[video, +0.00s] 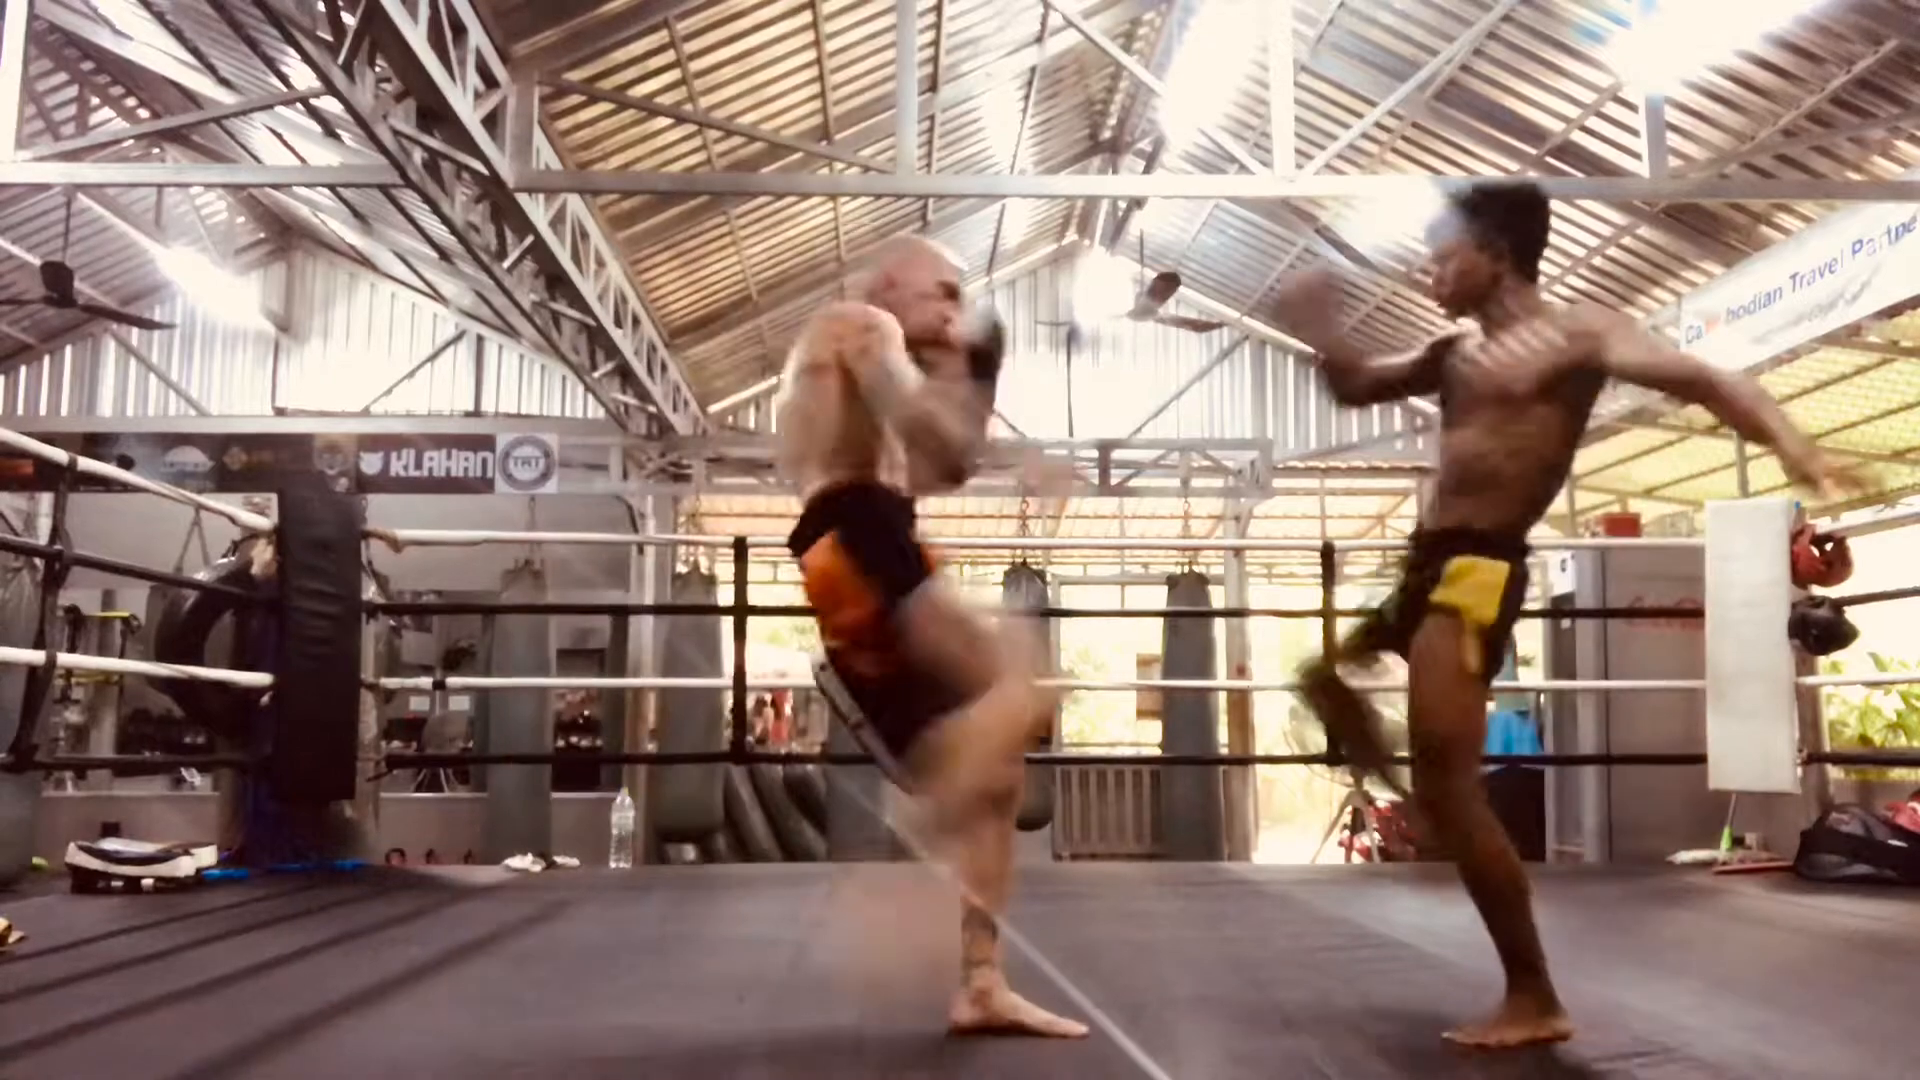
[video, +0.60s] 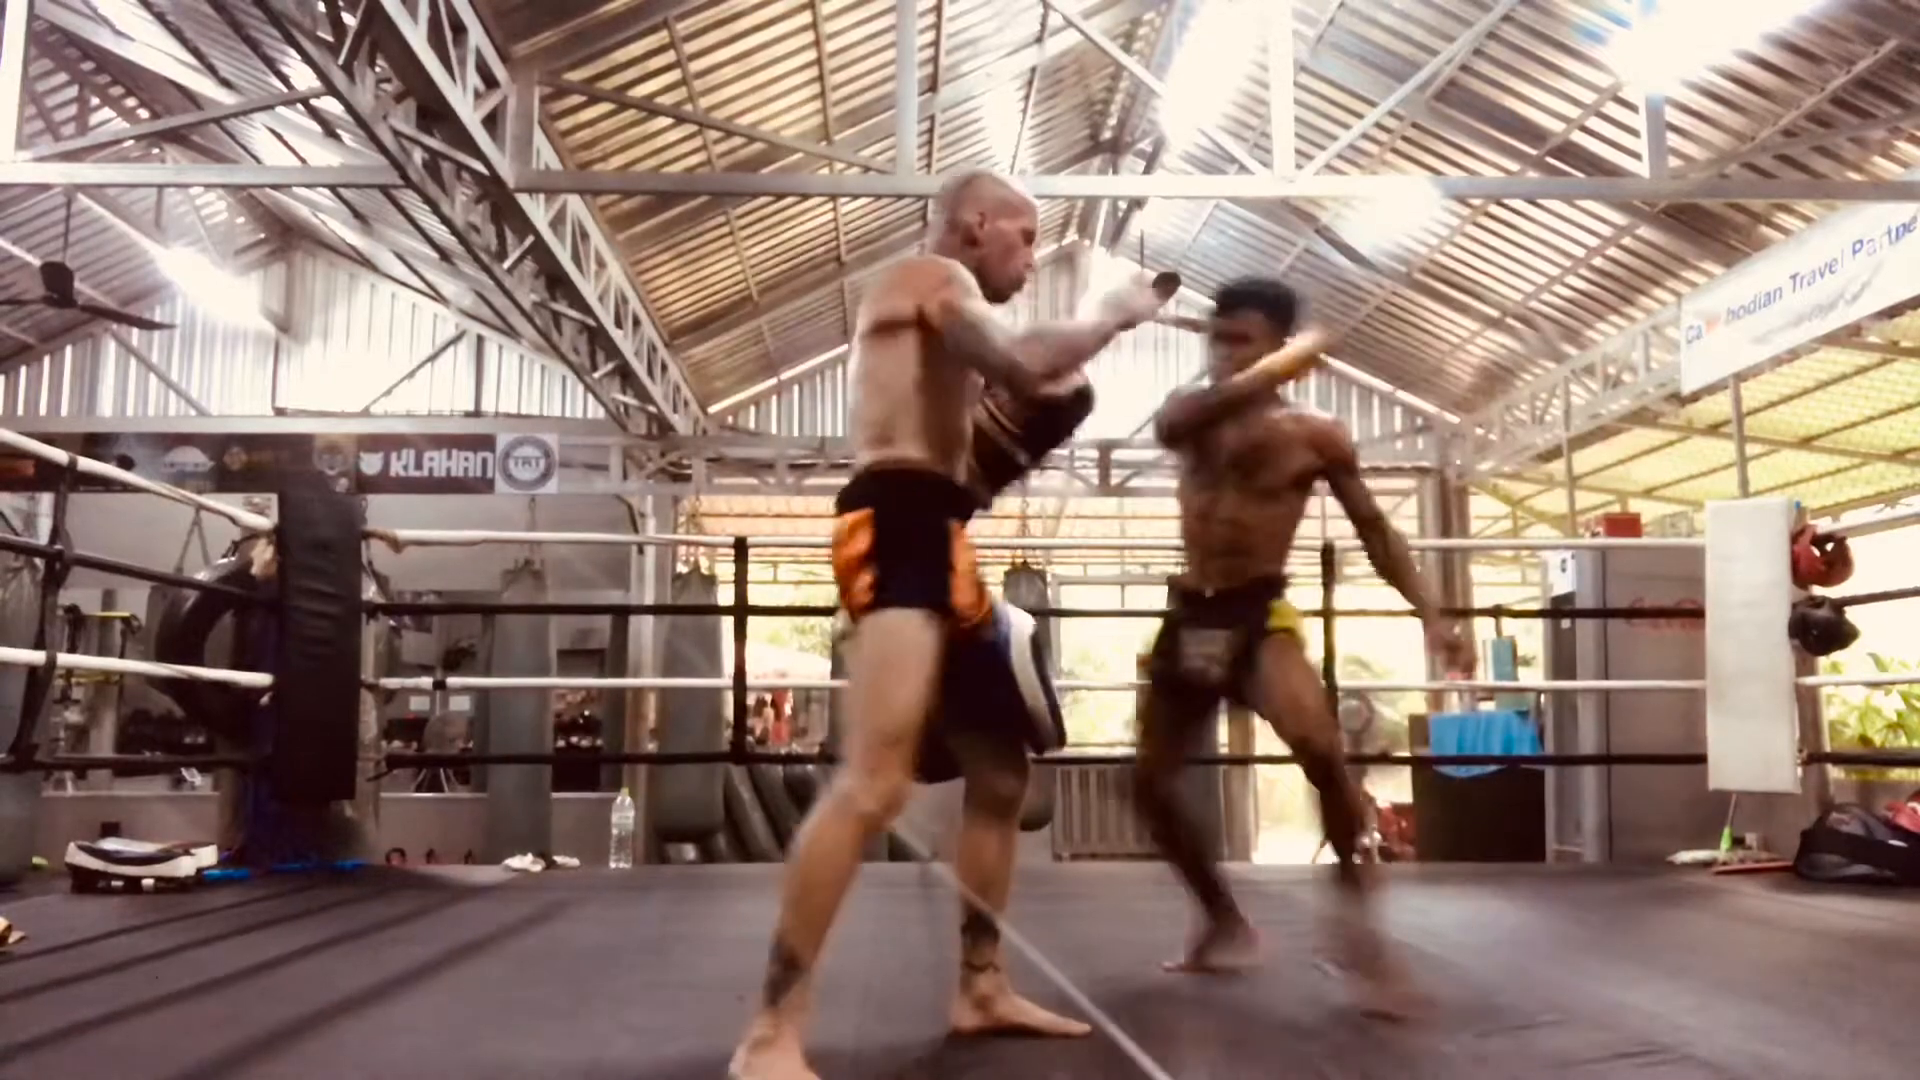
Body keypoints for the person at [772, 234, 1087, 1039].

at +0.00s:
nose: (955, 312)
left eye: (957, 298)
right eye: (943, 293)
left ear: (893, 300)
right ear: (890, 290)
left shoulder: (832, 341)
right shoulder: (863, 323)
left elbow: (951, 464)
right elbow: (923, 425)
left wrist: (954, 365)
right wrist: (960, 371)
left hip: (834, 557)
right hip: (863, 538)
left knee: (991, 769)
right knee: (1020, 668)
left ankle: (983, 982)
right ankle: (942, 798)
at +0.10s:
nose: (991, 315)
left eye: (996, 305)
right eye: (980, 296)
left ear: (982, 316)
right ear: (929, 284)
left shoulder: (945, 382)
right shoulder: (871, 320)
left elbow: (1013, 439)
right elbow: (816, 412)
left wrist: (987, 356)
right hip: (878, 503)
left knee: (998, 770)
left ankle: (982, 983)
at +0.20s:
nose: (1001, 318)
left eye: (1007, 313)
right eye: (995, 298)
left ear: (974, 321)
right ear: (947, 283)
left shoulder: (952, 394)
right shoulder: (878, 320)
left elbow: (1045, 463)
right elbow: (779, 392)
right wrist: (686, 445)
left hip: (913, 580)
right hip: (919, 504)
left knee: (1007, 773)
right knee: (1160, 482)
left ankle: (983, 987)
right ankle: (1359, 582)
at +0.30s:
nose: (1010, 290)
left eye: (1018, 285)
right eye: (1003, 267)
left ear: (1003, 298)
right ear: (955, 250)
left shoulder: (975, 377)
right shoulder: (888, 298)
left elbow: (1059, 466)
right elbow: (770, 350)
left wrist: (1066, 383)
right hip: (911, 503)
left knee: (1000, 769)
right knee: (1162, 503)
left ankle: (983, 988)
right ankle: (1296, 658)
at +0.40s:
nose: (1023, 267)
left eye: (1029, 255)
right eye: (1011, 247)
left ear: (1010, 263)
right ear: (959, 239)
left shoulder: (949, 337)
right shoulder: (900, 277)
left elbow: (983, 458)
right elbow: (859, 329)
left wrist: (1032, 392)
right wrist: (978, 309)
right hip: (916, 497)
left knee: (981, 768)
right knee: (1136, 624)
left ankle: (980, 991)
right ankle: (1119, 879)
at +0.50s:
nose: (1026, 248)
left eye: (1030, 236)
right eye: (1015, 230)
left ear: (985, 229)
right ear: (965, 221)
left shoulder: (964, 318)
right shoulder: (923, 272)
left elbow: (963, 451)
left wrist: (1027, 407)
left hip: (936, 513)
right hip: (918, 502)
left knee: (1011, 745)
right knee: (1004, 733)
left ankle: (984, 983)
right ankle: (880, 983)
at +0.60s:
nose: (1032, 255)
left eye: (1034, 240)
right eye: (1024, 235)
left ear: (969, 227)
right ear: (975, 223)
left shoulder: (943, 306)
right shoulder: (928, 278)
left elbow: (964, 467)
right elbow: (1028, 364)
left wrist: (1035, 427)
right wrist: (1119, 312)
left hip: (940, 531)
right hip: (898, 520)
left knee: (1002, 767)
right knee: (873, 780)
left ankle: (982, 988)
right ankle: (772, 1032)